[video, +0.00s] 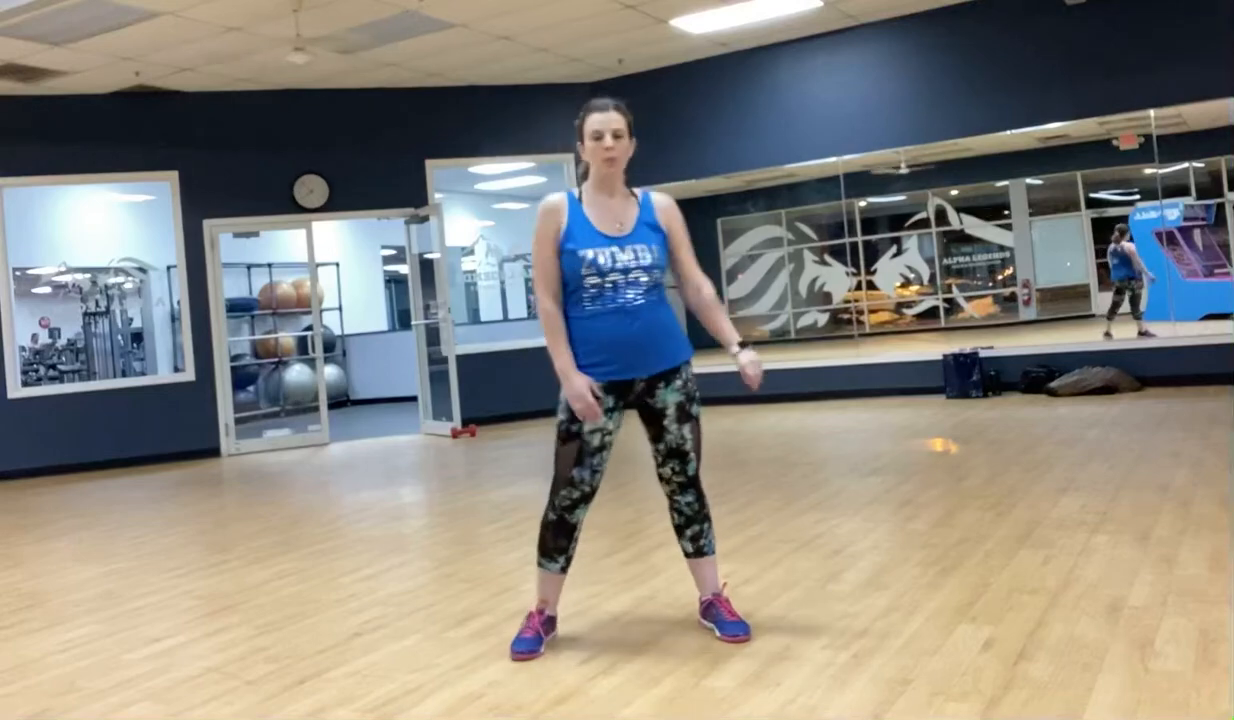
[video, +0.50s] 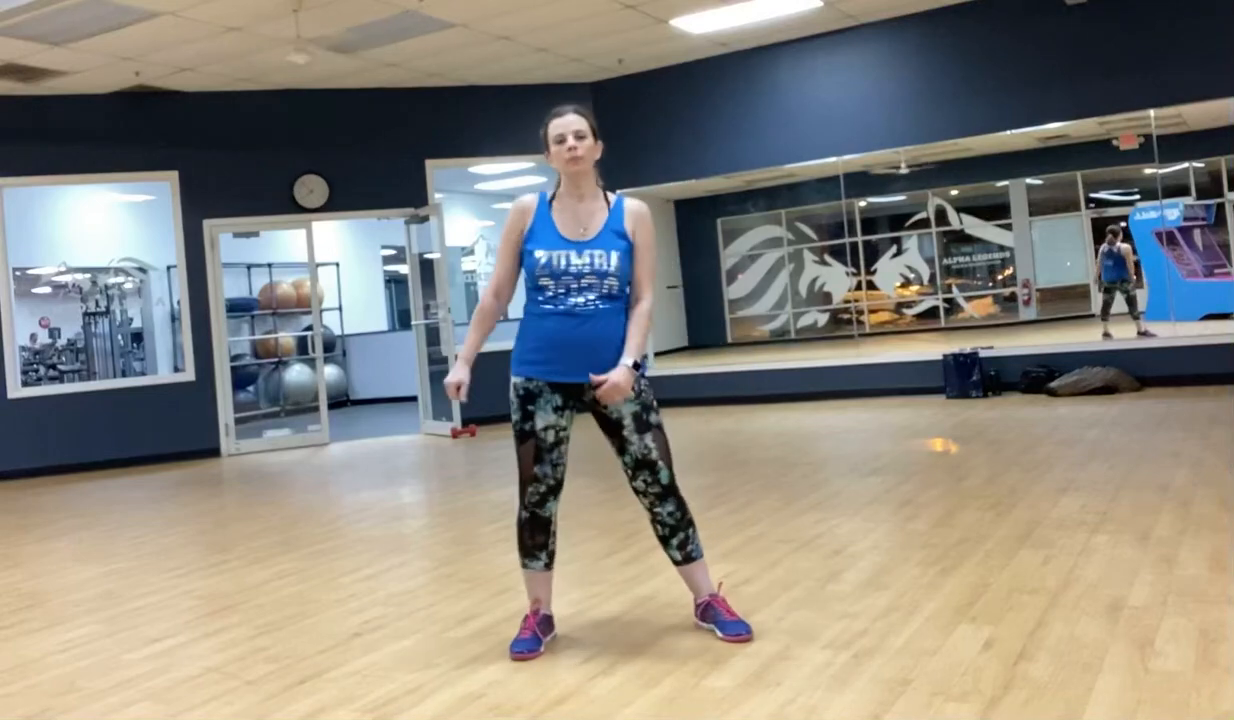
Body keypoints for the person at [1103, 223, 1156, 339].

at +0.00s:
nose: (1113, 235)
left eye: (1114, 234)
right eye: (1128, 234)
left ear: (1116, 234)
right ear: (1126, 234)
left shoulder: (1111, 248)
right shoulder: (1129, 247)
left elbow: (1111, 264)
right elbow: (1137, 263)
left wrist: (1114, 276)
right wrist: (1148, 275)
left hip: (1119, 279)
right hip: (1133, 279)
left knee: (1115, 304)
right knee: (1135, 305)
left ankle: (1108, 330)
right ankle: (1141, 329)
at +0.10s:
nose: (1128, 236)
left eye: (1127, 234)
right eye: (1127, 234)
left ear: (1115, 234)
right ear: (1126, 235)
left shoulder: (1110, 247)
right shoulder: (1127, 247)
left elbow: (1109, 264)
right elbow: (1135, 264)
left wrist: (1113, 276)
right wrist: (1146, 274)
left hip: (1118, 280)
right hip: (1132, 279)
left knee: (1113, 305)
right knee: (1134, 305)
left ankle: (1107, 330)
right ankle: (1141, 328)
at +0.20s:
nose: (1125, 236)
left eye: (1125, 234)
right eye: (1125, 234)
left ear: (1113, 234)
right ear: (1123, 235)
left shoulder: (1107, 248)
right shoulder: (1124, 248)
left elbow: (1105, 265)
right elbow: (1132, 265)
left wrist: (1110, 275)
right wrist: (1143, 277)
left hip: (1114, 281)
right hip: (1127, 280)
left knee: (1110, 305)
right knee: (1133, 305)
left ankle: (1106, 330)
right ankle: (1140, 328)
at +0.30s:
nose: (1123, 237)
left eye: (1122, 235)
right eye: (1122, 235)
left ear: (1110, 235)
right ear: (1121, 236)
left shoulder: (1104, 247)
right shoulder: (1123, 248)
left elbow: (1101, 263)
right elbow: (1129, 265)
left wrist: (1103, 277)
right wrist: (1138, 280)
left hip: (1109, 280)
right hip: (1123, 279)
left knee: (1107, 304)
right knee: (1131, 303)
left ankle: (1105, 330)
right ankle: (1140, 328)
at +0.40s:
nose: (1123, 236)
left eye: (1122, 234)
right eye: (1122, 235)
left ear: (1110, 235)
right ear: (1120, 236)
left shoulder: (1104, 248)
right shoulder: (1123, 248)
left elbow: (1100, 263)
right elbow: (1128, 266)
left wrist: (1100, 277)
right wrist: (1136, 280)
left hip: (1109, 280)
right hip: (1123, 280)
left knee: (1107, 305)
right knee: (1131, 303)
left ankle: (1105, 330)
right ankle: (1140, 328)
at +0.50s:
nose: (1121, 236)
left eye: (1120, 234)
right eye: (1121, 234)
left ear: (1109, 235)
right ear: (1120, 235)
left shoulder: (1103, 248)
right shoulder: (1125, 248)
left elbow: (1099, 263)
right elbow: (1130, 264)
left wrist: (1098, 276)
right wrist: (1132, 275)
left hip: (1108, 280)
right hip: (1124, 280)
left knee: (1106, 305)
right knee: (1132, 303)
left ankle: (1105, 330)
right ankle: (1140, 328)